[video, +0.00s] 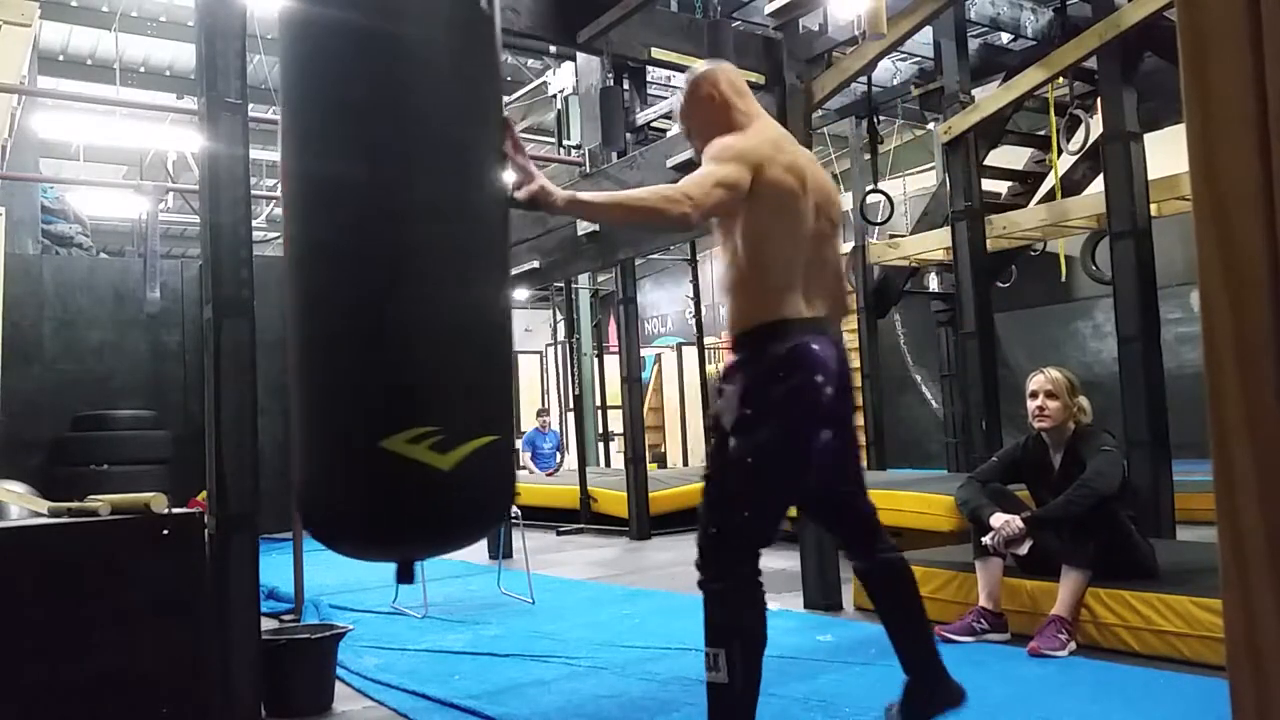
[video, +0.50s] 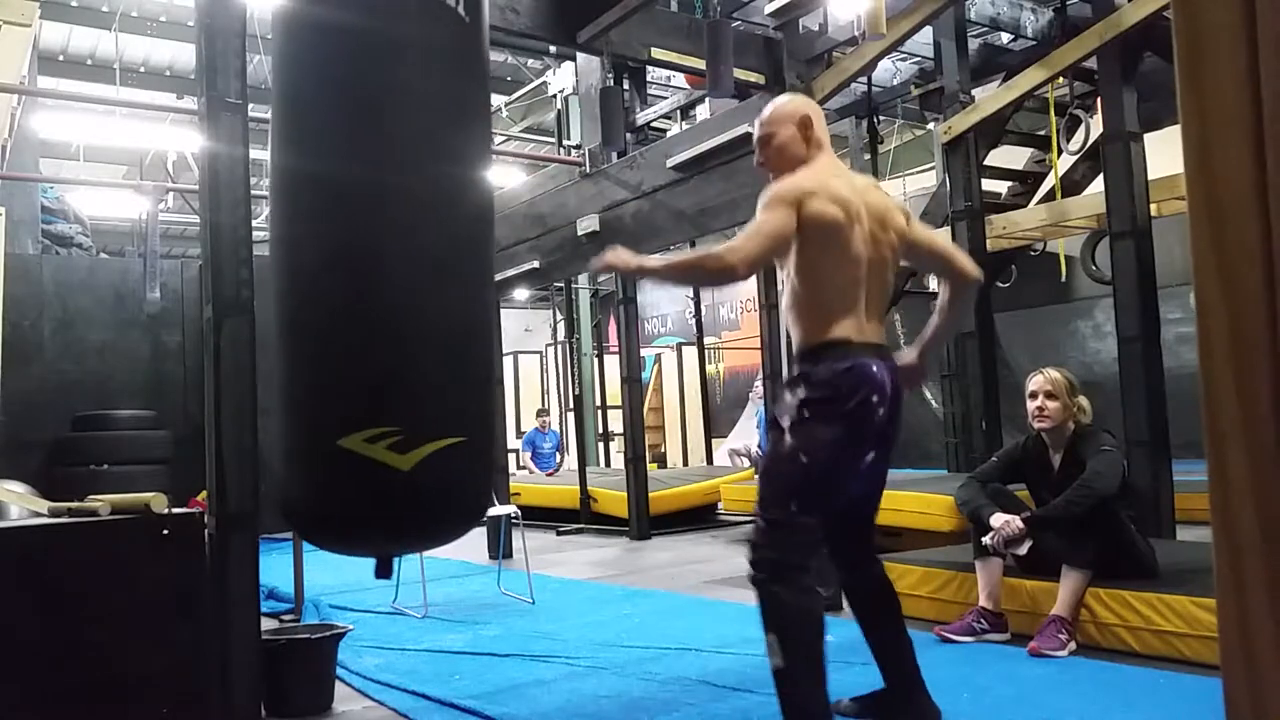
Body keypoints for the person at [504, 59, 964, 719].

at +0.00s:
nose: (691, 139)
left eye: (689, 125)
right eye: (685, 130)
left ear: (712, 95)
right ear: (743, 95)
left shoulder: (738, 146)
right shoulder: (814, 170)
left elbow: (690, 203)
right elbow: (835, 293)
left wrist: (566, 199)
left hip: (773, 369)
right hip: (825, 364)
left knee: (727, 555)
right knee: (859, 532)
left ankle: (730, 712)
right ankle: (931, 680)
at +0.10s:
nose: (716, 160)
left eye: (713, 147)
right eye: (711, 151)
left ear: (732, 125)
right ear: (763, 121)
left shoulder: (760, 173)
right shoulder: (835, 184)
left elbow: (695, 218)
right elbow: (883, 286)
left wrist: (567, 206)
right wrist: (834, 328)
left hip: (802, 379)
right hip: (856, 373)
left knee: (739, 558)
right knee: (877, 546)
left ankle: (737, 712)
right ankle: (945, 697)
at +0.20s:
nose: (738, 173)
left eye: (735, 159)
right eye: (732, 162)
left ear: (759, 136)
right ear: (789, 131)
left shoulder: (779, 182)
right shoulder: (860, 193)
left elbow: (722, 235)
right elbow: (919, 277)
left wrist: (598, 213)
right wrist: (877, 334)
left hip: (815, 374)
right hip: (875, 371)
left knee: (749, 548)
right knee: (887, 540)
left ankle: (752, 712)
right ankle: (947, 698)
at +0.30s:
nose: (750, 150)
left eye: (748, 137)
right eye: (745, 140)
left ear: (770, 113)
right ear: (803, 108)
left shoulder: (788, 153)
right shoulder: (872, 169)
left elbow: (746, 224)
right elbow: (945, 252)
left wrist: (624, 218)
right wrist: (890, 324)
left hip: (815, 347)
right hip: (870, 348)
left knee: (763, 530)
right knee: (870, 519)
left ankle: (782, 707)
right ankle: (929, 672)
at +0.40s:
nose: (751, 135)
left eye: (756, 120)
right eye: (748, 124)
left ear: (791, 102)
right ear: (809, 107)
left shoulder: (790, 155)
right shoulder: (880, 173)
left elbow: (744, 232)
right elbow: (961, 250)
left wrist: (632, 236)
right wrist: (907, 322)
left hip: (820, 352)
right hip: (875, 351)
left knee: (770, 536)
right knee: (854, 521)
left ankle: (790, 708)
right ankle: (899, 677)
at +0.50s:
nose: (758, 155)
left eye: (766, 139)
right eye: (755, 143)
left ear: (805, 130)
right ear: (816, 136)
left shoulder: (794, 189)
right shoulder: (878, 198)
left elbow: (733, 263)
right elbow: (965, 274)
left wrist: (639, 264)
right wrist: (919, 353)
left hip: (827, 386)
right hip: (878, 384)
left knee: (778, 560)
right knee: (852, 547)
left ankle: (806, 711)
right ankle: (908, 695)